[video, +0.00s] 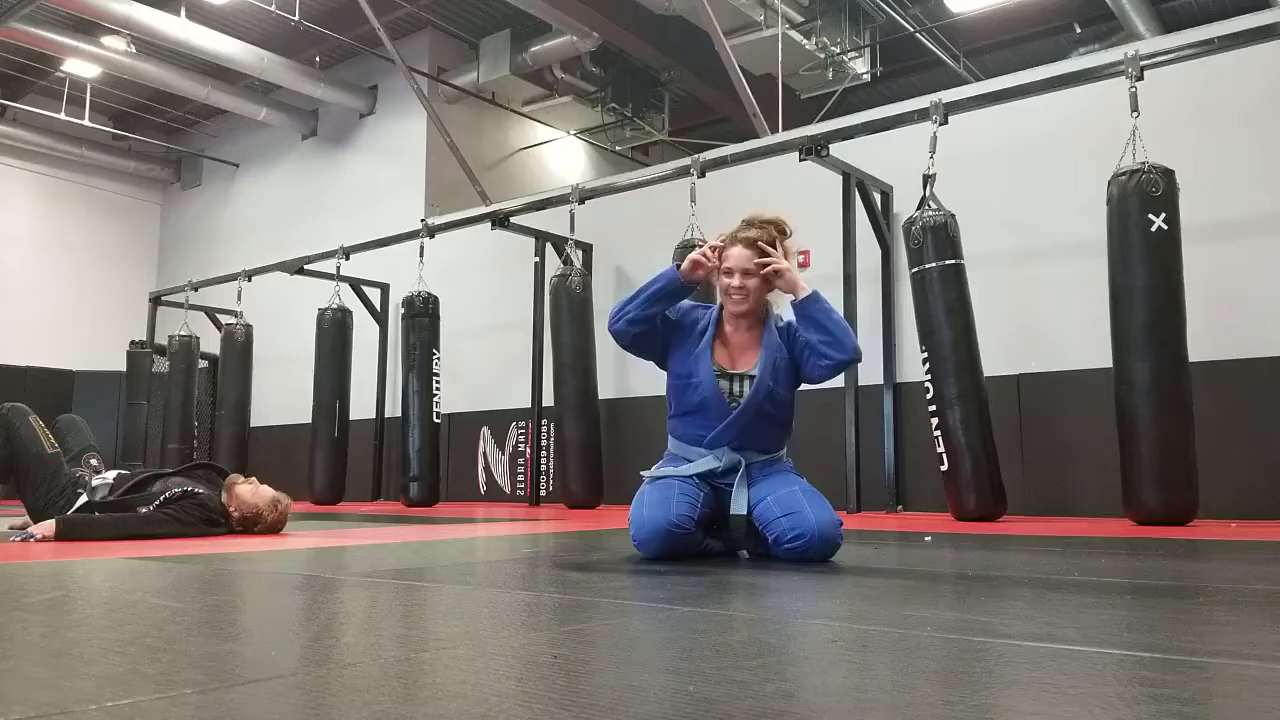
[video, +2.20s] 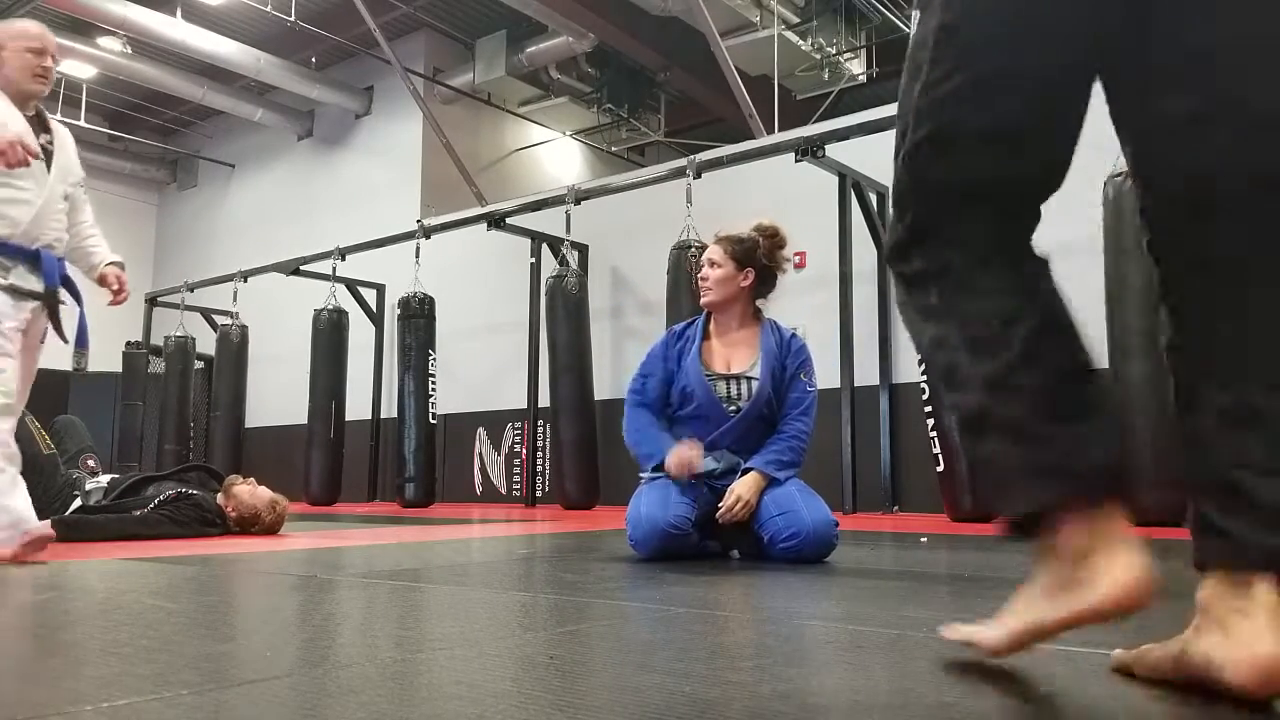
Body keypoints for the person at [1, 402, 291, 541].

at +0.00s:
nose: (250, 476)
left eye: (253, 487)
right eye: (259, 482)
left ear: (239, 511)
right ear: (241, 505)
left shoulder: (202, 512)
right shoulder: (218, 489)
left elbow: (133, 524)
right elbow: (154, 484)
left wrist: (61, 527)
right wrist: (115, 479)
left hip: (69, 501)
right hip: (102, 483)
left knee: (13, 414)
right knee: (68, 420)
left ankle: (8, 484)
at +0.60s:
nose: (249, 476)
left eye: (251, 487)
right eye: (257, 483)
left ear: (234, 510)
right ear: (238, 505)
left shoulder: (199, 513)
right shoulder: (218, 490)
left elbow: (129, 524)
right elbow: (156, 483)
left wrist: (56, 527)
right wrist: (115, 480)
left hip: (67, 501)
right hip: (100, 485)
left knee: (11, 414)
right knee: (66, 421)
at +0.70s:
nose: (248, 476)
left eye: (250, 487)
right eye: (256, 483)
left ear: (235, 511)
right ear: (237, 505)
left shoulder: (200, 513)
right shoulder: (217, 490)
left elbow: (129, 524)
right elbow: (151, 484)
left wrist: (56, 527)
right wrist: (110, 482)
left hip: (67, 501)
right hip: (100, 486)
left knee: (12, 414)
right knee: (66, 421)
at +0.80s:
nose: (247, 476)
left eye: (249, 487)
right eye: (255, 482)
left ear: (233, 509)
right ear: (236, 504)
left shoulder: (199, 513)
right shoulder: (216, 488)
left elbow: (129, 524)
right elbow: (155, 482)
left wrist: (56, 527)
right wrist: (113, 479)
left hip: (68, 501)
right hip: (100, 485)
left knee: (11, 414)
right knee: (66, 421)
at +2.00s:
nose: (247, 477)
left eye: (250, 487)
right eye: (255, 483)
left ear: (233, 508)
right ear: (235, 504)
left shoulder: (199, 513)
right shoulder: (214, 490)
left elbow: (130, 524)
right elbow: (151, 485)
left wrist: (57, 527)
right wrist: (110, 480)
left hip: (69, 500)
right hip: (98, 485)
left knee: (12, 415)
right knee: (66, 421)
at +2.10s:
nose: (247, 477)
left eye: (250, 487)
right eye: (255, 483)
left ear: (235, 509)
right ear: (236, 504)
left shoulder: (200, 513)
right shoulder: (213, 490)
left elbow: (131, 524)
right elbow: (151, 484)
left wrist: (57, 527)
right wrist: (109, 479)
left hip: (68, 500)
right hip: (97, 484)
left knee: (15, 415)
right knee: (67, 422)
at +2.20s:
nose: (248, 477)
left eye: (251, 488)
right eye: (256, 483)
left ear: (234, 510)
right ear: (234, 505)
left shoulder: (200, 513)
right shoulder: (212, 488)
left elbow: (130, 525)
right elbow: (152, 486)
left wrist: (50, 526)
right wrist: (110, 482)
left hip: (69, 503)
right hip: (98, 485)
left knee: (16, 415)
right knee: (67, 423)